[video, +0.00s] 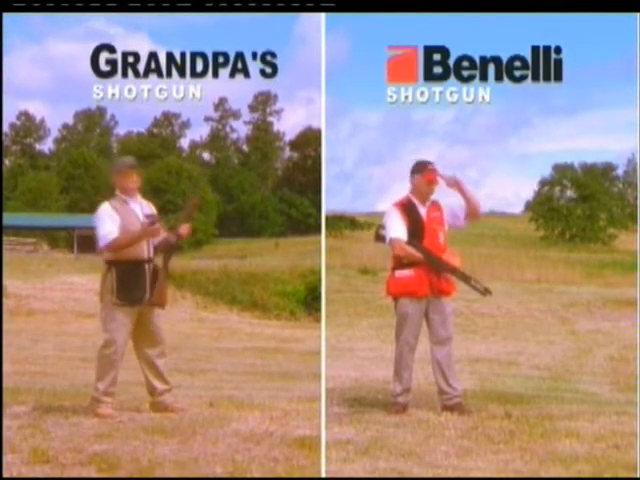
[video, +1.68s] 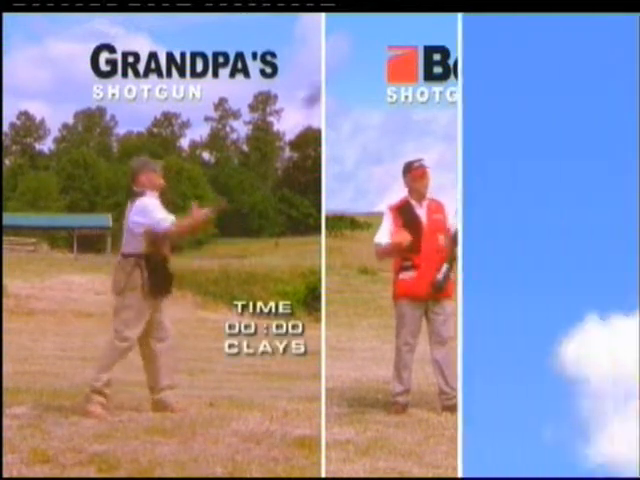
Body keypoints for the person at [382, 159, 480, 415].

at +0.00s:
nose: (432, 187)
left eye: (435, 182)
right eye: (428, 181)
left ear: (435, 183)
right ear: (414, 180)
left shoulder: (440, 209)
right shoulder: (397, 211)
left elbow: (473, 214)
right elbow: (398, 249)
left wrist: (460, 189)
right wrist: (434, 261)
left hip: (438, 282)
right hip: (410, 283)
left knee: (443, 340)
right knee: (406, 343)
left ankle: (451, 397)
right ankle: (401, 396)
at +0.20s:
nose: (436, 189)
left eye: (439, 184)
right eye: (432, 183)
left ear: (441, 185)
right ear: (419, 181)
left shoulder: (444, 210)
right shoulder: (401, 210)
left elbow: (465, 225)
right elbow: (402, 249)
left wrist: (474, 225)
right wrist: (435, 262)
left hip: (440, 281)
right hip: (411, 282)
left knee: (443, 340)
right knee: (407, 343)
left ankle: (450, 397)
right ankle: (400, 397)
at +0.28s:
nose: (438, 189)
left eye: (441, 185)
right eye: (434, 184)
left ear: (444, 186)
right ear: (421, 181)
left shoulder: (446, 210)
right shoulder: (403, 210)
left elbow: (469, 230)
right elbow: (404, 248)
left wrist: (474, 246)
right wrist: (437, 262)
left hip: (440, 283)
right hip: (412, 283)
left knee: (444, 341)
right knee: (407, 342)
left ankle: (451, 398)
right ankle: (400, 397)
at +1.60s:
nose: (427, 181)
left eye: (429, 176)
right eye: (422, 177)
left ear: (433, 178)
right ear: (410, 181)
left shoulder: (443, 209)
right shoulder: (396, 211)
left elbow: (462, 247)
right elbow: (383, 248)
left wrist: (470, 228)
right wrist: (405, 246)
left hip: (440, 280)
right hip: (409, 281)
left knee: (444, 341)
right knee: (406, 342)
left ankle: (451, 397)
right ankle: (400, 395)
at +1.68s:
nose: (422, 182)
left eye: (425, 177)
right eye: (417, 178)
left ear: (429, 179)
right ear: (407, 182)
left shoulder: (440, 208)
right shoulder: (394, 211)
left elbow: (451, 240)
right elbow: (380, 249)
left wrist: (448, 250)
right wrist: (398, 245)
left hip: (439, 284)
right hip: (409, 286)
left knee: (443, 342)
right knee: (406, 343)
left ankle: (449, 396)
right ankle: (401, 395)